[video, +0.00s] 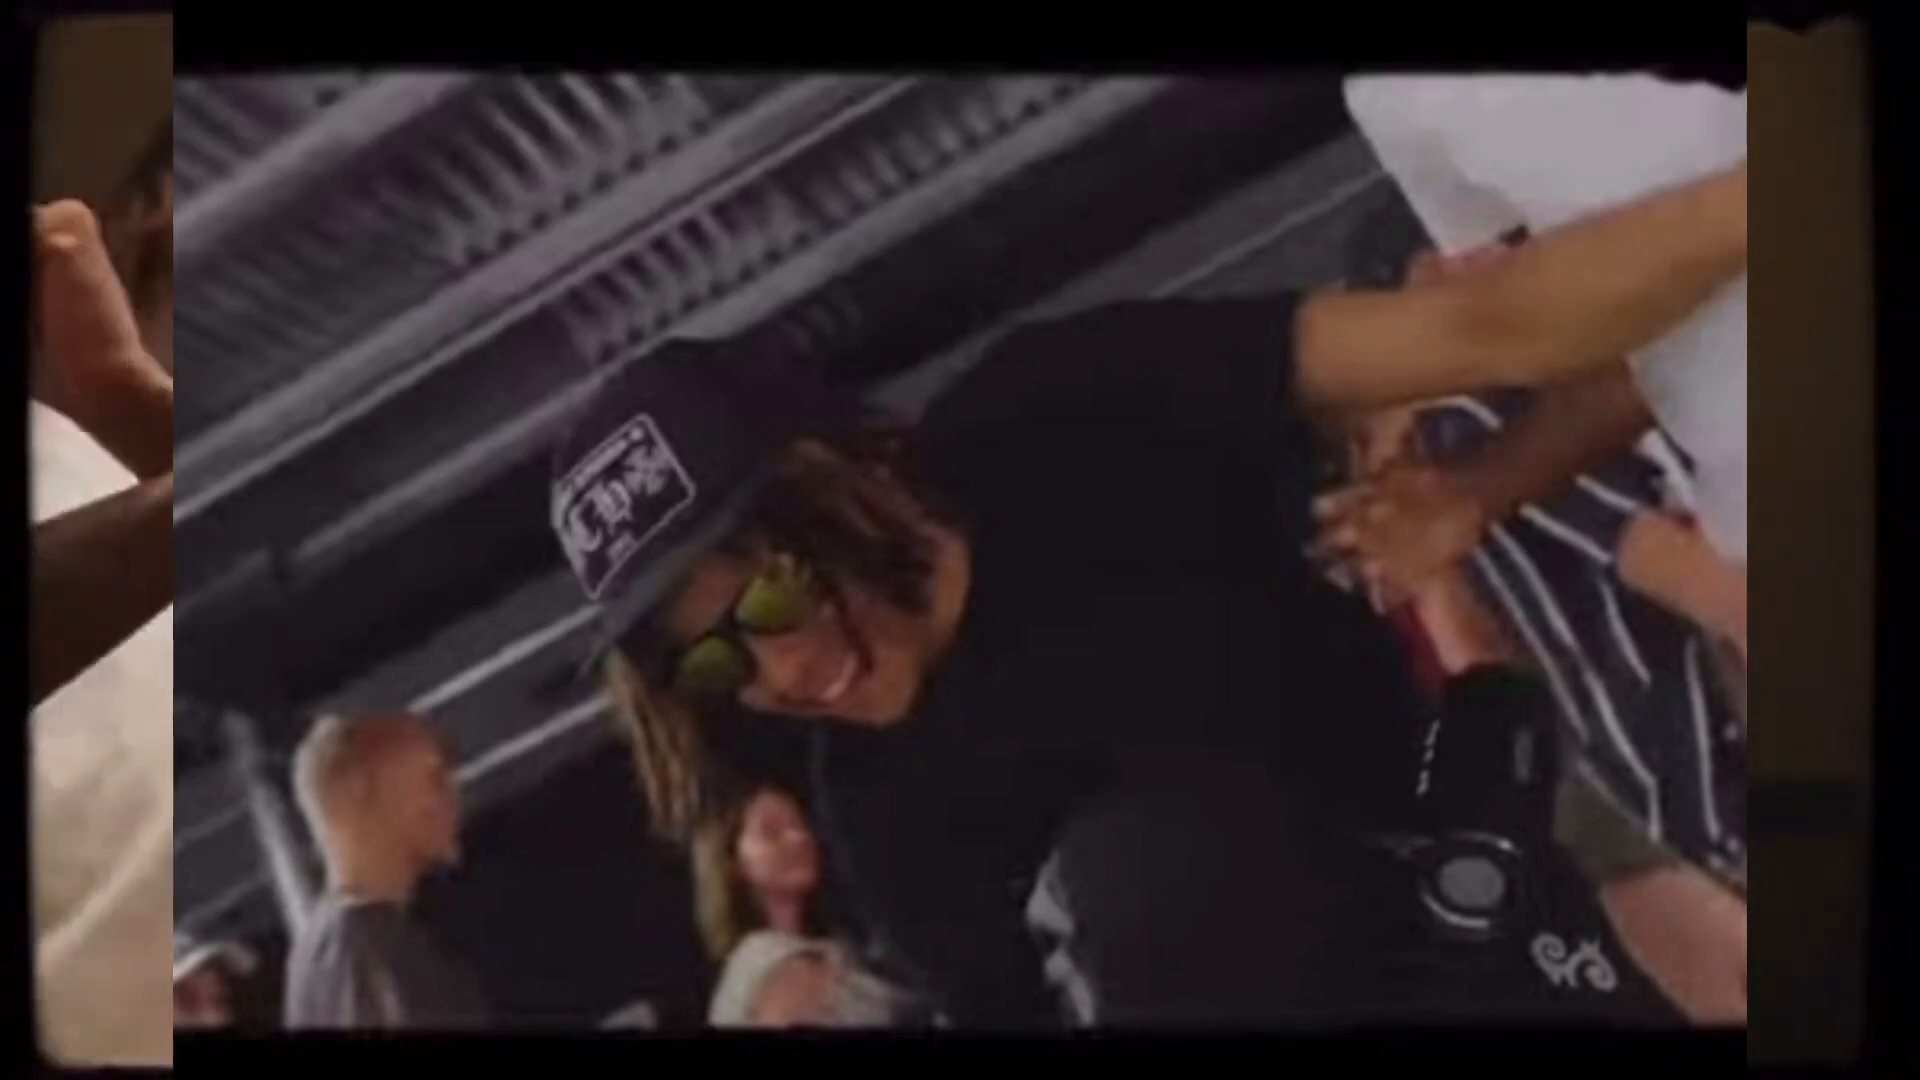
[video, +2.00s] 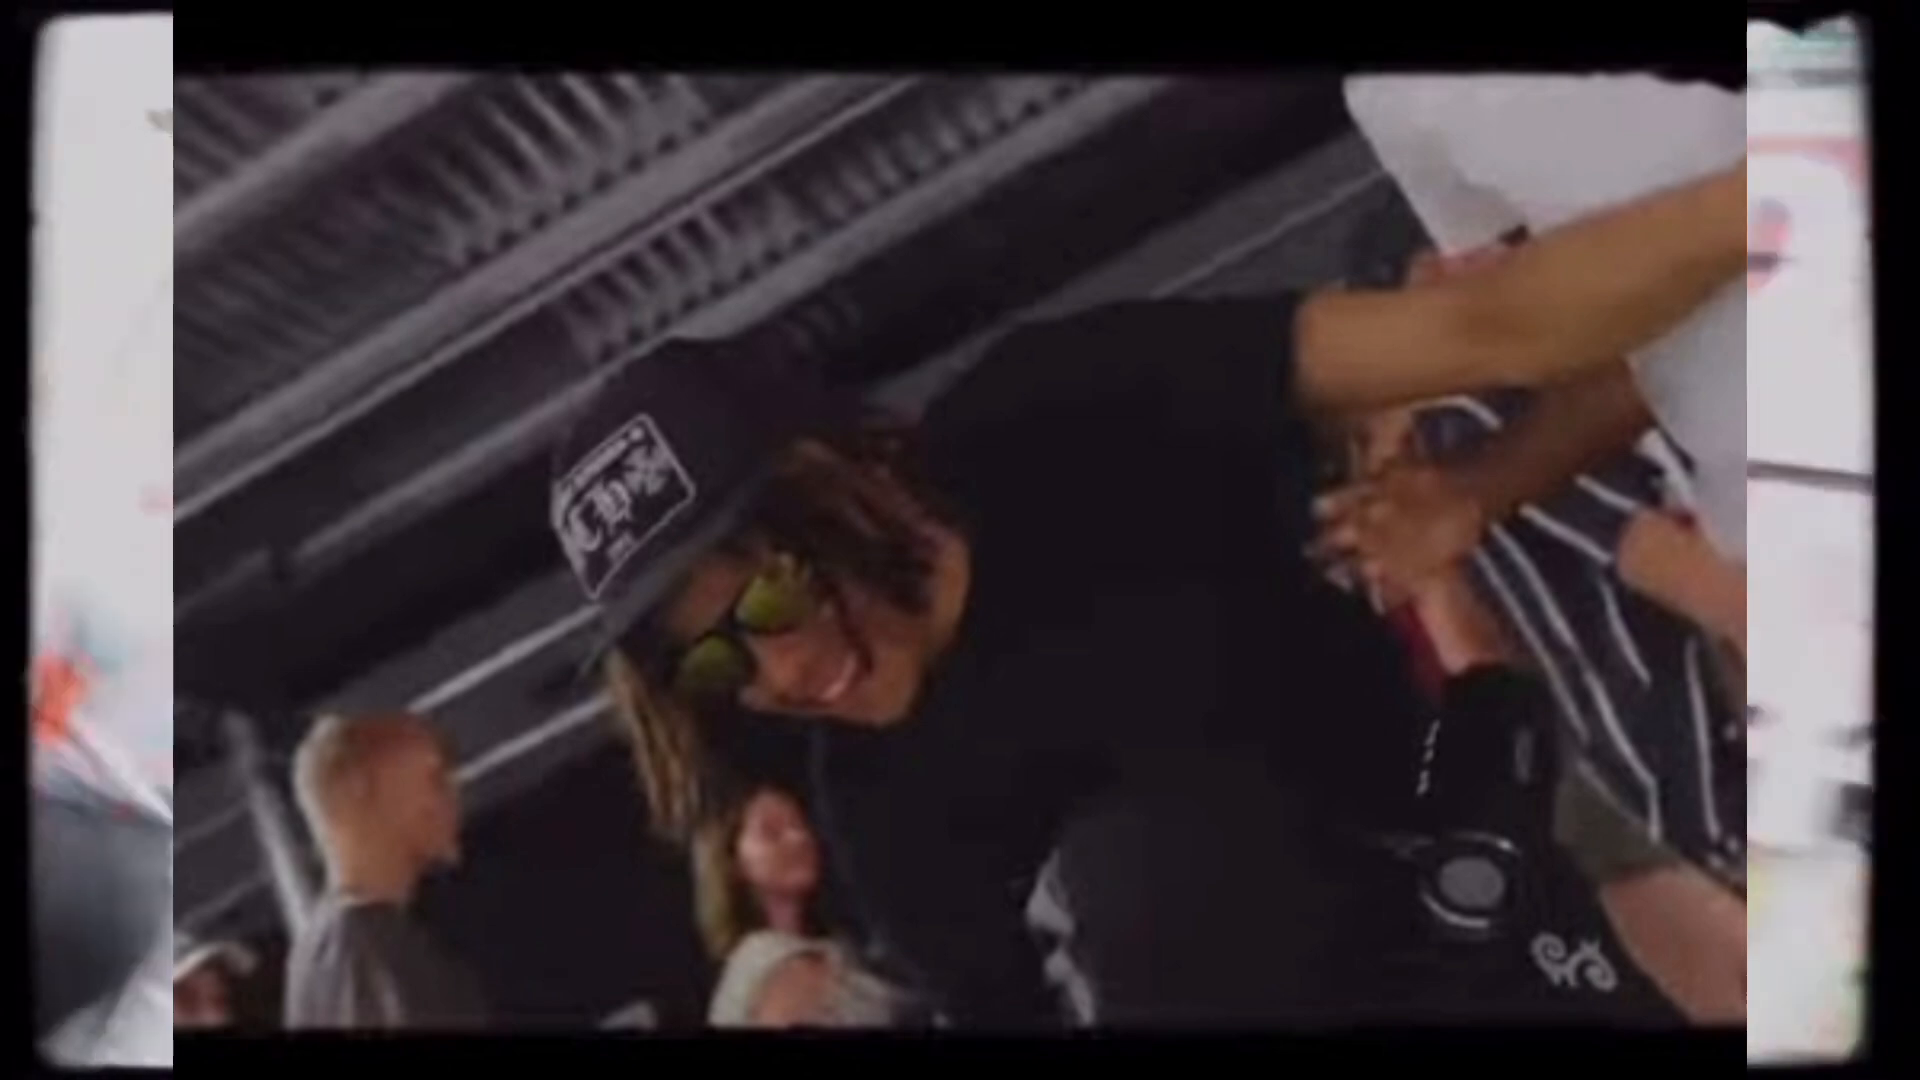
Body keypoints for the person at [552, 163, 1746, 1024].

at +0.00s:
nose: (768, 660)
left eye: (761, 586)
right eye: (709, 657)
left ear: (834, 478)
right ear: (687, 687)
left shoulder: (1050, 404)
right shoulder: (888, 843)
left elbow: (1469, 329)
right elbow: (1032, 1023)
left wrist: (1762, 200)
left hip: (1475, 843)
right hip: (1239, 974)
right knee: (1135, 869)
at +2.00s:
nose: (769, 657)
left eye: (760, 583)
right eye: (710, 655)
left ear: (833, 476)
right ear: (689, 686)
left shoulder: (1056, 402)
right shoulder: (887, 843)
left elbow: (1468, 328)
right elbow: (1029, 1023)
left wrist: (1779, 193)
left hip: (1475, 837)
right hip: (1246, 969)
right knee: (1138, 859)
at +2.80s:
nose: (769, 660)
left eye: (761, 586)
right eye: (709, 657)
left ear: (836, 477)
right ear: (686, 686)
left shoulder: (1052, 404)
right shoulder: (889, 848)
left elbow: (1469, 329)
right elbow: (1042, 1024)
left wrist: (1792, 183)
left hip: (1481, 832)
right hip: (1259, 971)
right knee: (1134, 868)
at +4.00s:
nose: (767, 658)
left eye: (760, 583)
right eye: (708, 655)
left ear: (835, 477)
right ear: (687, 687)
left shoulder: (1053, 402)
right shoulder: (888, 846)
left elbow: (1474, 329)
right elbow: (1032, 1025)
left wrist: (1773, 188)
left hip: (1478, 836)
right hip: (1252, 971)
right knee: (1136, 864)